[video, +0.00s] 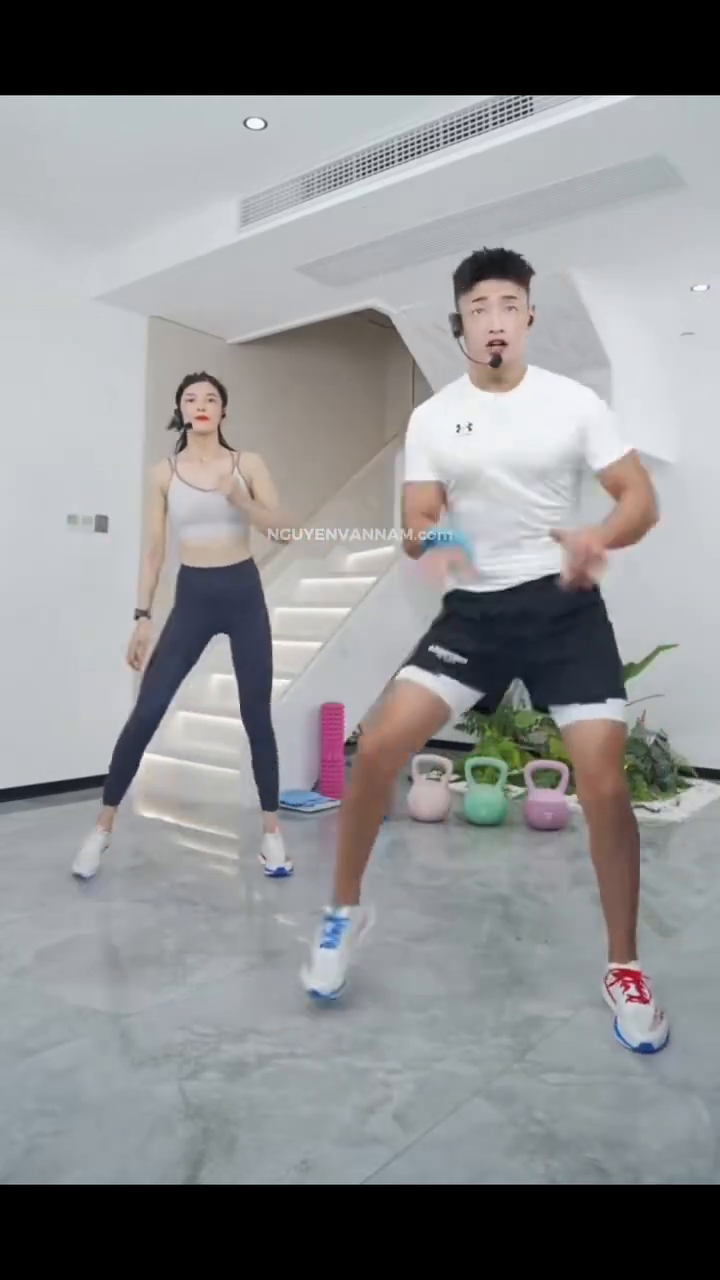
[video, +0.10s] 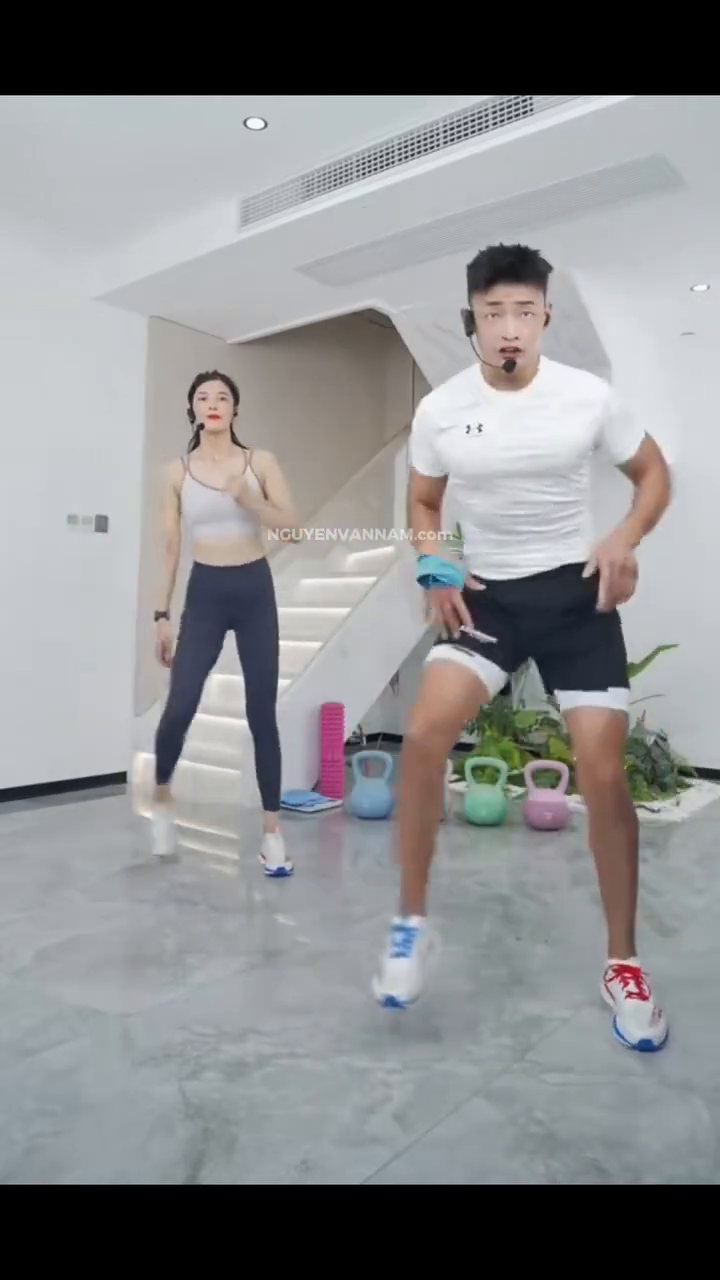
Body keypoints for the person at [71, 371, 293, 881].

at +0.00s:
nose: (201, 406)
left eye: (210, 399)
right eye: (192, 400)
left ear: (223, 410)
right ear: (180, 411)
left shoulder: (247, 463)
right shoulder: (165, 473)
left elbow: (282, 524)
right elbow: (154, 550)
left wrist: (239, 497)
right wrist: (142, 617)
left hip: (245, 598)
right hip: (191, 600)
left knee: (257, 716)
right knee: (147, 712)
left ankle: (272, 830)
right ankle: (103, 825)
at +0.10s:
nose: (213, 404)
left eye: (222, 398)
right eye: (204, 398)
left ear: (236, 409)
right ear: (192, 410)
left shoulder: (260, 461)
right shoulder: (179, 471)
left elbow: (292, 524)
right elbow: (173, 549)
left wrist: (250, 499)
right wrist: (163, 616)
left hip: (256, 593)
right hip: (204, 594)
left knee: (262, 713)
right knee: (181, 707)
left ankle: (272, 828)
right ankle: (161, 798)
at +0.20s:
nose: (220, 400)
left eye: (229, 393)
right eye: (212, 394)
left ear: (244, 405)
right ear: (200, 406)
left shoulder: (268, 458)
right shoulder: (187, 464)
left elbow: (295, 525)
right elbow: (185, 539)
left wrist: (257, 502)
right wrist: (181, 604)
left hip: (258, 586)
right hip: (207, 588)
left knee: (262, 713)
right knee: (220, 713)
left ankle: (272, 827)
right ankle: (223, 812)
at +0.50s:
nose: (226, 404)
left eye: (235, 397)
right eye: (218, 397)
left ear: (249, 407)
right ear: (205, 405)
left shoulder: (269, 462)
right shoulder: (187, 465)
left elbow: (292, 532)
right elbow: (183, 540)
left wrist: (268, 569)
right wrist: (171, 603)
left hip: (254, 593)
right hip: (202, 593)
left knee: (263, 715)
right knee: (157, 709)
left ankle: (272, 829)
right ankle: (158, 814)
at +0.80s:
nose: (193, 414)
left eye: (203, 407)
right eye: (185, 405)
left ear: (215, 416)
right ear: (172, 412)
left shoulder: (228, 475)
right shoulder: (146, 465)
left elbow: (254, 549)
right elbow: (121, 535)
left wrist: (276, 613)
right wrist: (102, 599)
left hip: (195, 603)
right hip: (141, 599)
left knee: (224, 717)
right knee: (121, 720)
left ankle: (255, 819)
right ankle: (108, 836)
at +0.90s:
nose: (184, 411)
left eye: (194, 404)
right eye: (177, 403)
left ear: (206, 413)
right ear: (163, 409)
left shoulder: (219, 474)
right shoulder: (137, 463)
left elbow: (239, 548)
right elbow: (106, 532)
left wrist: (260, 614)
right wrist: (83, 595)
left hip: (188, 597)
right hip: (134, 592)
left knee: (190, 711)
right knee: (117, 715)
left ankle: (207, 803)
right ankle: (107, 834)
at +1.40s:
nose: (202, 404)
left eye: (210, 397)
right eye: (193, 396)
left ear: (223, 407)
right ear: (179, 405)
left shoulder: (238, 464)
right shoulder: (157, 459)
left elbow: (252, 535)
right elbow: (141, 534)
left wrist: (262, 590)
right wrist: (138, 598)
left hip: (222, 593)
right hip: (165, 591)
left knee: (252, 710)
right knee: (140, 717)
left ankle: (287, 814)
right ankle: (112, 834)